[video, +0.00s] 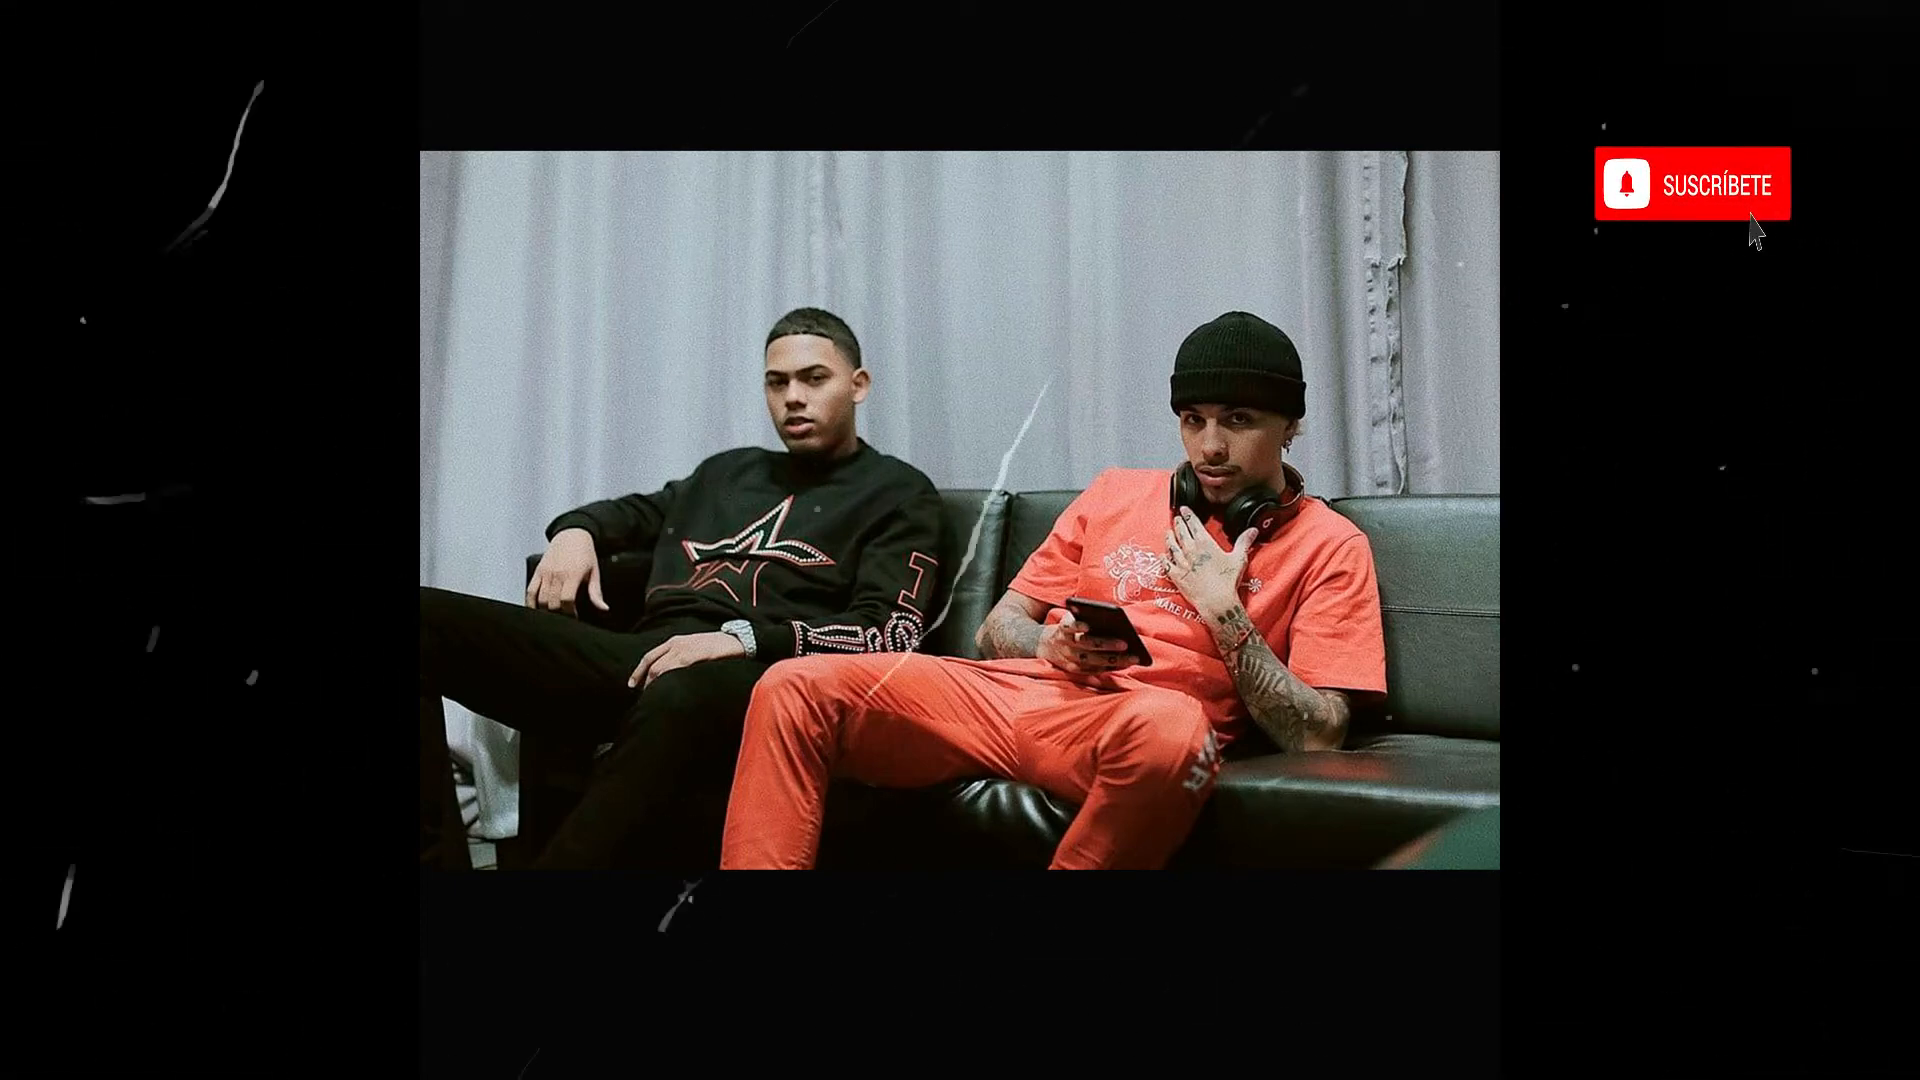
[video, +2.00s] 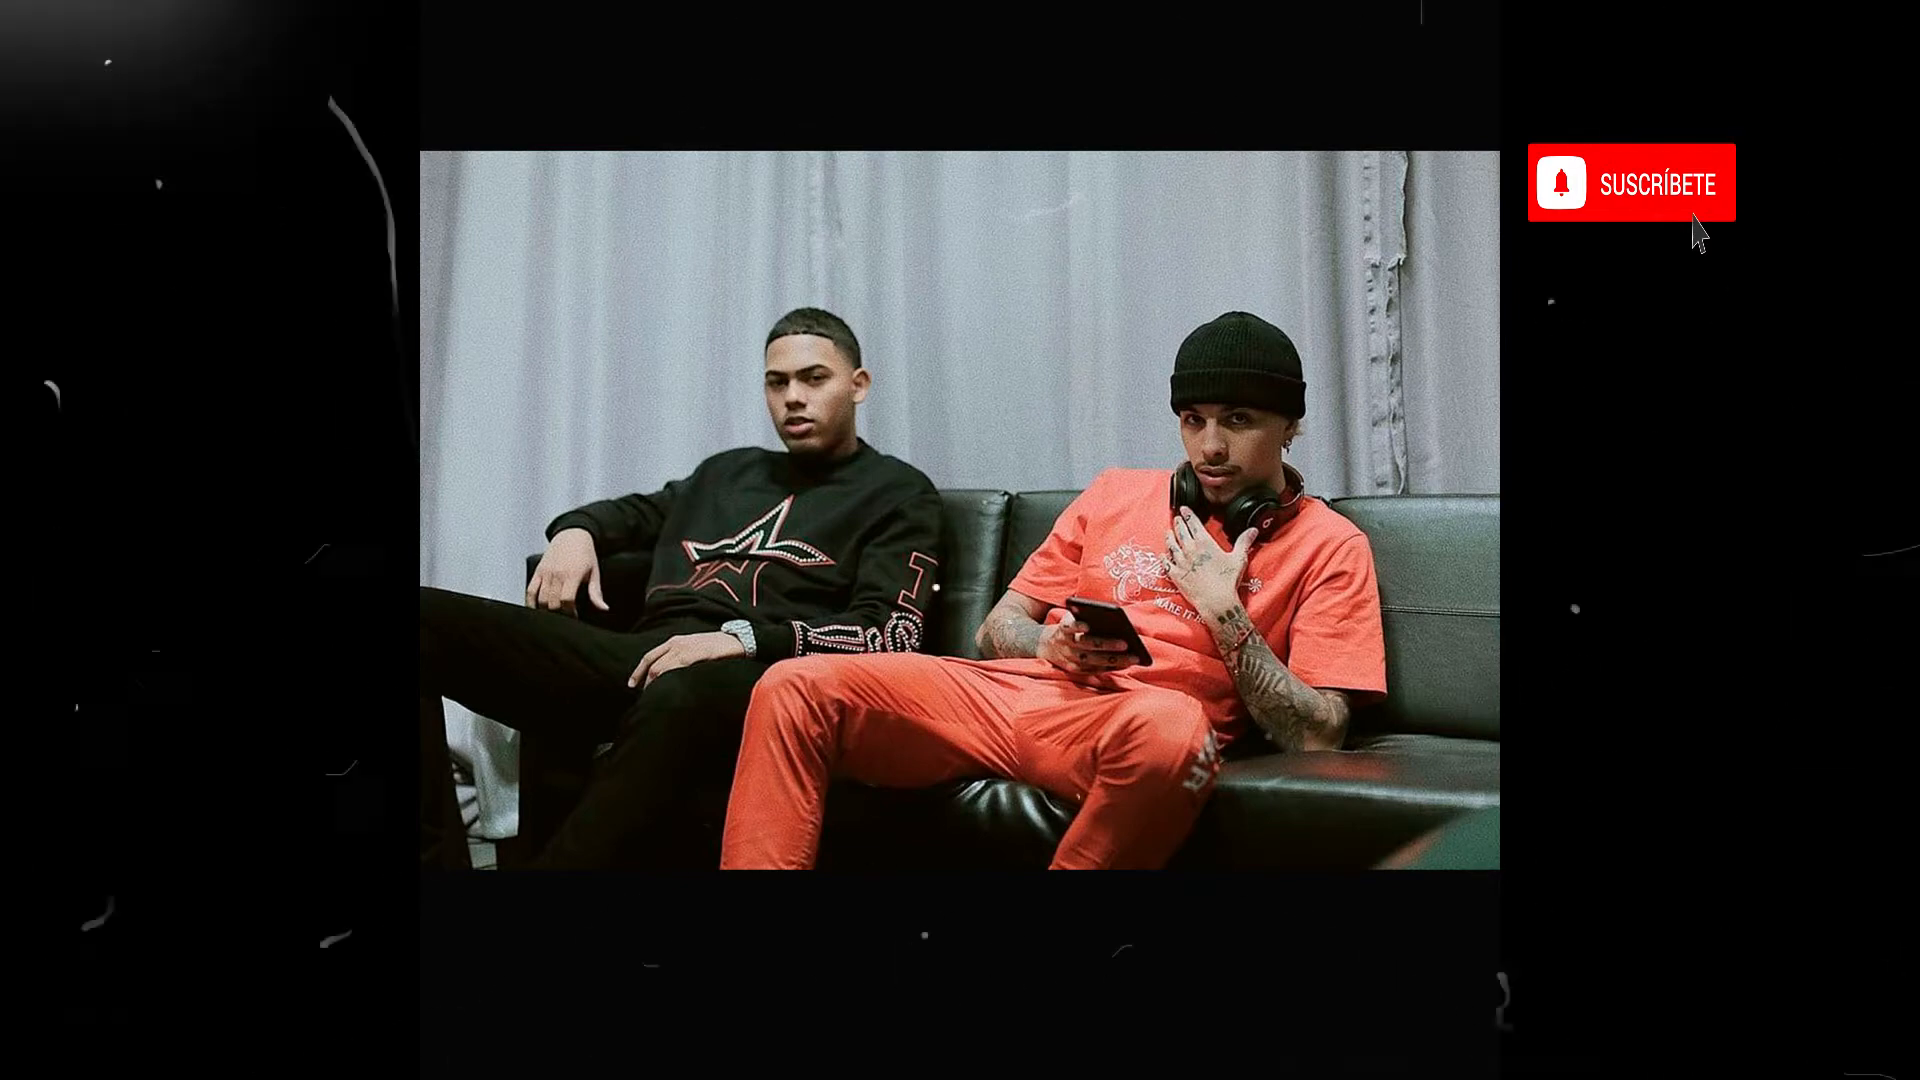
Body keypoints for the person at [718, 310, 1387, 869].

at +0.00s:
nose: (1210, 446)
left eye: (1238, 421)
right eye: (1195, 419)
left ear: (1289, 428)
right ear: (1178, 422)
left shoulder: (1328, 546)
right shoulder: (1117, 493)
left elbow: (1318, 735)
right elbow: (1000, 625)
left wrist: (1227, 616)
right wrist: (1051, 647)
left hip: (1133, 707)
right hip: (1015, 685)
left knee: (1169, 747)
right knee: (791, 694)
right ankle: (755, 914)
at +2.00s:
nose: (1210, 445)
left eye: (1238, 421)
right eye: (1196, 419)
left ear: (1289, 429)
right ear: (1179, 422)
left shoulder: (1328, 546)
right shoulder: (1118, 492)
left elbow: (1318, 734)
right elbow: (999, 626)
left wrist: (1227, 614)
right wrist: (1050, 647)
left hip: (1133, 707)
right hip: (1014, 685)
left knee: (1170, 747)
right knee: (792, 693)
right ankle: (758, 918)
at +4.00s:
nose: (1211, 445)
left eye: (1238, 421)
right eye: (1196, 419)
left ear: (1289, 429)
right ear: (1178, 422)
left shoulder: (1329, 545)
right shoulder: (1118, 492)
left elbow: (1318, 735)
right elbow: (999, 627)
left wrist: (1227, 615)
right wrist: (1050, 647)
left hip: (1129, 709)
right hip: (1013, 686)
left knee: (1171, 746)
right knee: (792, 693)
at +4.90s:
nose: (1210, 445)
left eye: (1238, 421)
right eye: (1196, 419)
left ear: (1289, 429)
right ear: (1179, 422)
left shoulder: (1328, 546)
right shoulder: (1118, 493)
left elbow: (1318, 734)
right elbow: (999, 627)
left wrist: (1226, 614)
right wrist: (1050, 647)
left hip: (1132, 708)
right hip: (1013, 685)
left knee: (1170, 747)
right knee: (792, 693)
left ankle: (1048, 954)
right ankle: (757, 943)